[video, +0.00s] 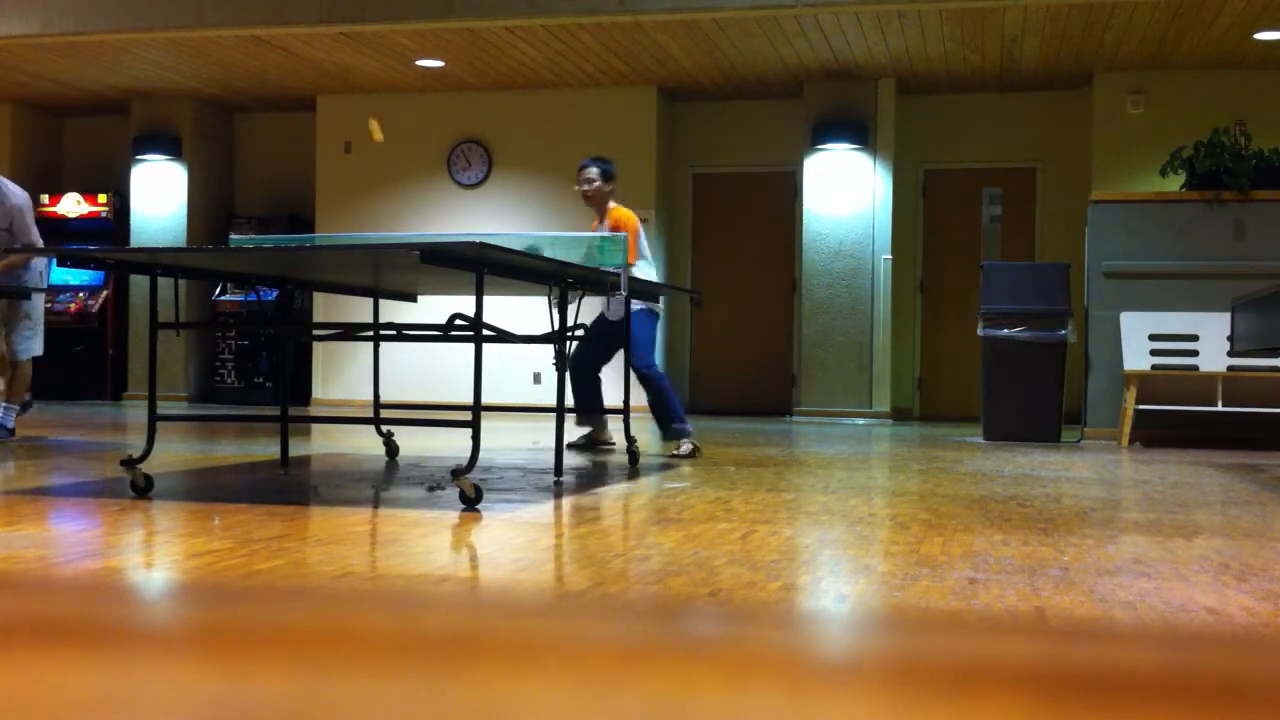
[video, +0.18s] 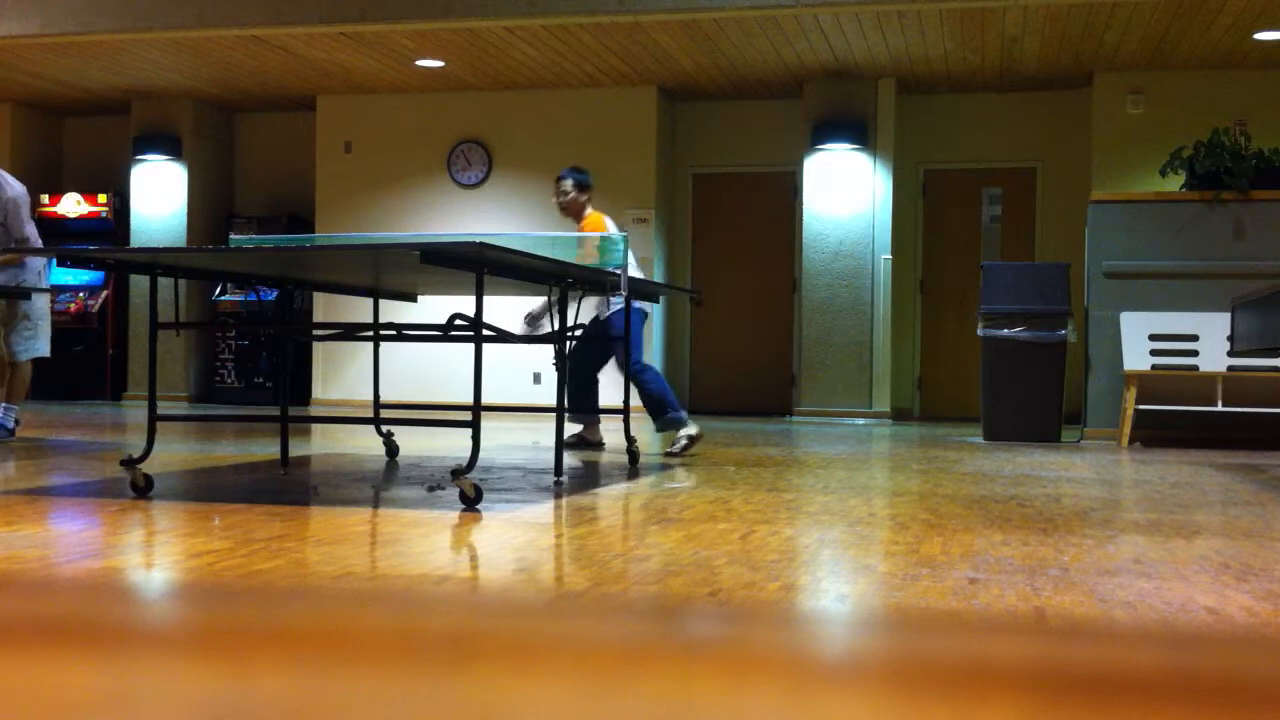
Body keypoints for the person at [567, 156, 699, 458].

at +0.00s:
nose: (585, 189)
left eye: (591, 182)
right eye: (581, 183)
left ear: (610, 184)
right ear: (578, 188)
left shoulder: (624, 218)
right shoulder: (596, 226)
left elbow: (624, 264)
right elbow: (596, 265)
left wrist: (583, 272)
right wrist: (570, 273)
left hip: (640, 304)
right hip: (614, 306)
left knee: (643, 366)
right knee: (581, 363)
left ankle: (682, 438)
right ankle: (598, 431)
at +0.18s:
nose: (559, 200)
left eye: (565, 193)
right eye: (557, 194)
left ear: (584, 194)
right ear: (557, 197)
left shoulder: (594, 222)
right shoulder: (588, 227)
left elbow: (584, 271)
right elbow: (577, 279)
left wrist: (546, 306)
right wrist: (545, 308)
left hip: (626, 303)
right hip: (609, 307)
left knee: (632, 363)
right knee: (580, 362)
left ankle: (682, 426)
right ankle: (590, 432)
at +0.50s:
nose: (565, 171)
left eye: (573, 166)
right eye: (567, 165)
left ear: (591, 174)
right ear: (582, 174)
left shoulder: (602, 204)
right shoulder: (586, 208)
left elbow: (590, 253)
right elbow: (588, 255)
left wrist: (560, 267)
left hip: (620, 301)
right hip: (592, 303)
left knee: (641, 361)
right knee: (570, 363)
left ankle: (677, 430)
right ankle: (589, 430)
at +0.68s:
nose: (596, 158)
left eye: (604, 152)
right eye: (595, 152)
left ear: (621, 159)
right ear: (594, 157)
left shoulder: (641, 202)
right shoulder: (585, 187)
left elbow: (651, 239)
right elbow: (560, 175)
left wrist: (659, 255)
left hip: (622, 282)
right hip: (583, 280)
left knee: (649, 330)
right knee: (556, 345)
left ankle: (650, 407)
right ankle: (576, 392)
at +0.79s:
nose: (610, 167)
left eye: (617, 163)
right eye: (607, 162)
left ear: (630, 167)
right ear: (601, 165)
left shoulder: (643, 217)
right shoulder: (592, 194)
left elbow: (647, 263)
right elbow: (601, 191)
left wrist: (652, 290)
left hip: (623, 294)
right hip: (584, 290)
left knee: (655, 351)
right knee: (545, 344)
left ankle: (642, 426)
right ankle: (532, 385)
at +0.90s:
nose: (616, 188)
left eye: (623, 183)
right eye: (612, 183)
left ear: (636, 189)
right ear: (607, 187)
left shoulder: (641, 230)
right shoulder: (591, 217)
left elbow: (643, 278)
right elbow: (595, 254)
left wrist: (646, 311)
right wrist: (640, 240)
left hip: (624, 312)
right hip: (587, 307)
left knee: (659, 369)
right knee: (569, 358)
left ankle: (637, 432)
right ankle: (531, 417)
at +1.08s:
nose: (605, 183)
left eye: (612, 178)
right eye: (601, 178)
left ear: (626, 184)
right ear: (595, 184)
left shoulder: (639, 231)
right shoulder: (579, 222)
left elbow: (643, 279)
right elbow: (553, 253)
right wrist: (584, 269)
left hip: (625, 312)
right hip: (586, 308)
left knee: (660, 373)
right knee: (565, 364)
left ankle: (639, 435)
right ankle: (533, 435)